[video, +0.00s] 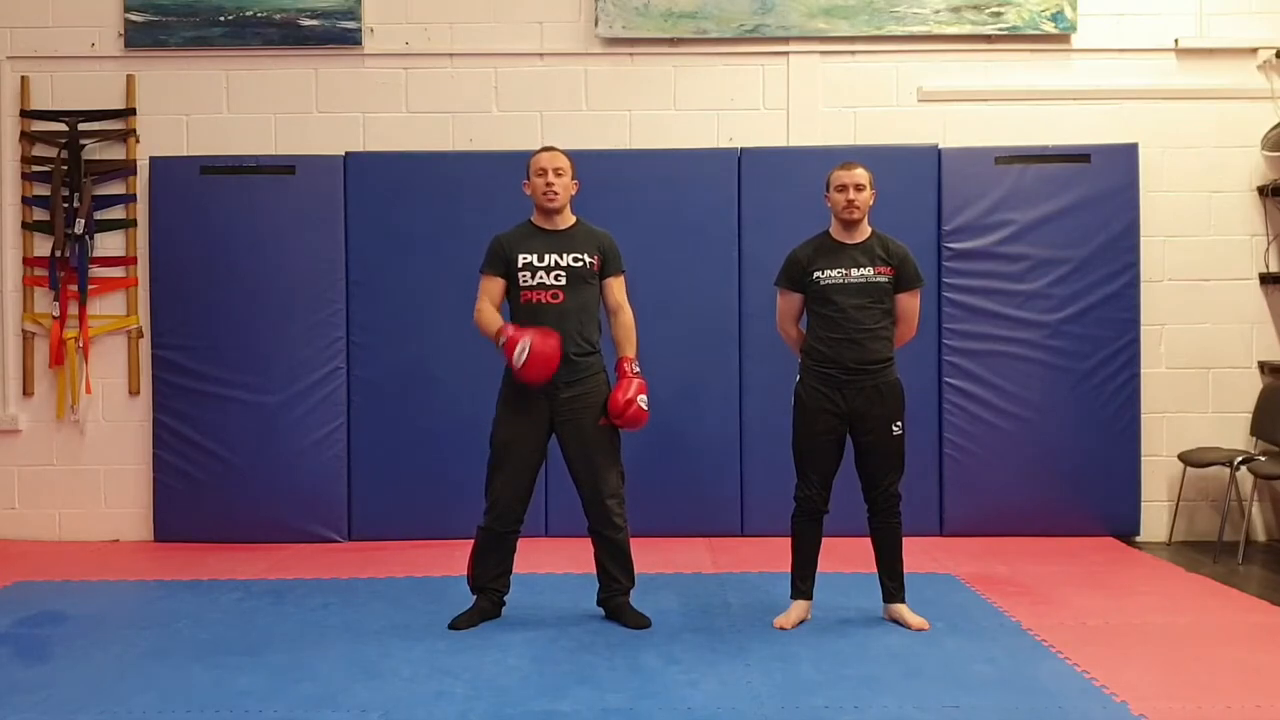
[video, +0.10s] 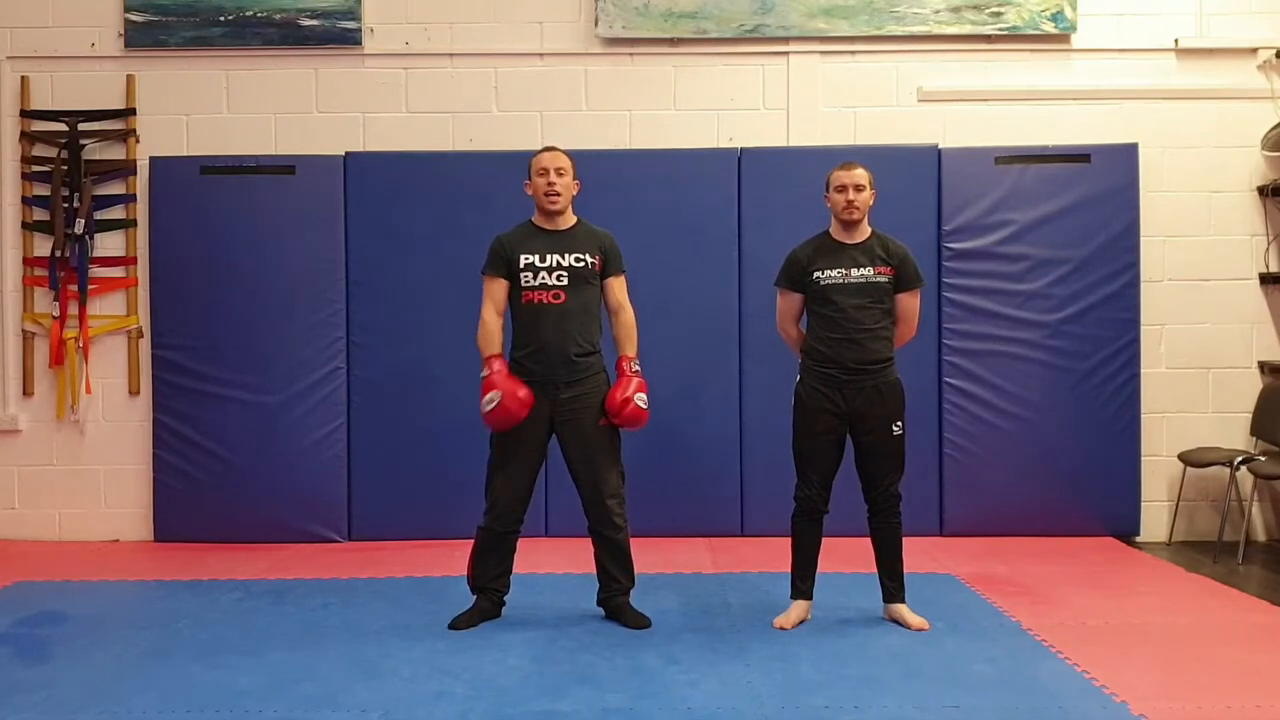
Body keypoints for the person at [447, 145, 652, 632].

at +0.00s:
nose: (550, 182)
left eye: (559, 174)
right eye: (542, 175)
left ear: (573, 184)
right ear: (528, 186)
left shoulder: (599, 243)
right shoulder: (508, 244)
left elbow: (619, 309)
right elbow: (484, 309)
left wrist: (629, 371)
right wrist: (508, 337)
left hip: (586, 387)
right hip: (525, 389)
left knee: (606, 498)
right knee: (504, 497)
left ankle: (616, 598)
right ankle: (488, 597)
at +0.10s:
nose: (552, 182)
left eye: (560, 174)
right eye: (544, 175)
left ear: (575, 184)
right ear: (530, 186)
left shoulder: (600, 243)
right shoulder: (509, 245)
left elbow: (620, 309)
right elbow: (492, 313)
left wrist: (629, 370)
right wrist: (495, 371)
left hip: (587, 388)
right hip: (524, 390)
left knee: (607, 499)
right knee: (504, 501)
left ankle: (616, 598)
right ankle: (488, 597)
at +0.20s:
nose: (553, 180)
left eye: (561, 173)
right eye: (544, 173)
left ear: (575, 184)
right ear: (530, 186)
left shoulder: (600, 243)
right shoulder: (509, 244)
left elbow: (622, 309)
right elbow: (490, 314)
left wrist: (630, 370)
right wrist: (477, 377)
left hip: (588, 388)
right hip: (525, 389)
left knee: (608, 499)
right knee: (504, 500)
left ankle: (616, 597)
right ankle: (488, 597)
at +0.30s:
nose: (553, 180)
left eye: (561, 172)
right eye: (545, 173)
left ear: (575, 184)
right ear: (530, 186)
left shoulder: (599, 243)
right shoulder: (508, 244)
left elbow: (622, 311)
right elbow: (482, 312)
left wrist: (632, 371)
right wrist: (467, 374)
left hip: (588, 387)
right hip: (525, 388)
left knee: (608, 498)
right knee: (504, 499)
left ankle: (617, 597)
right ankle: (488, 598)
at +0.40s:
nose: (552, 180)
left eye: (560, 173)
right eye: (543, 173)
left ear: (575, 184)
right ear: (530, 185)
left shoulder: (599, 242)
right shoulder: (507, 243)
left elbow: (621, 311)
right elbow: (481, 312)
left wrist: (631, 372)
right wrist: (465, 374)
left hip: (586, 387)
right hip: (525, 388)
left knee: (607, 499)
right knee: (504, 500)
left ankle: (616, 597)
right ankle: (488, 598)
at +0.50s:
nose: (549, 180)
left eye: (558, 172)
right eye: (541, 173)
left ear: (574, 183)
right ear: (528, 185)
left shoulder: (600, 242)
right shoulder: (508, 244)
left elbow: (621, 310)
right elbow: (485, 314)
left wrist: (631, 375)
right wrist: (472, 376)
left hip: (585, 388)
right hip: (522, 390)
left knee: (606, 499)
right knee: (503, 500)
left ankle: (616, 597)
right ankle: (488, 597)